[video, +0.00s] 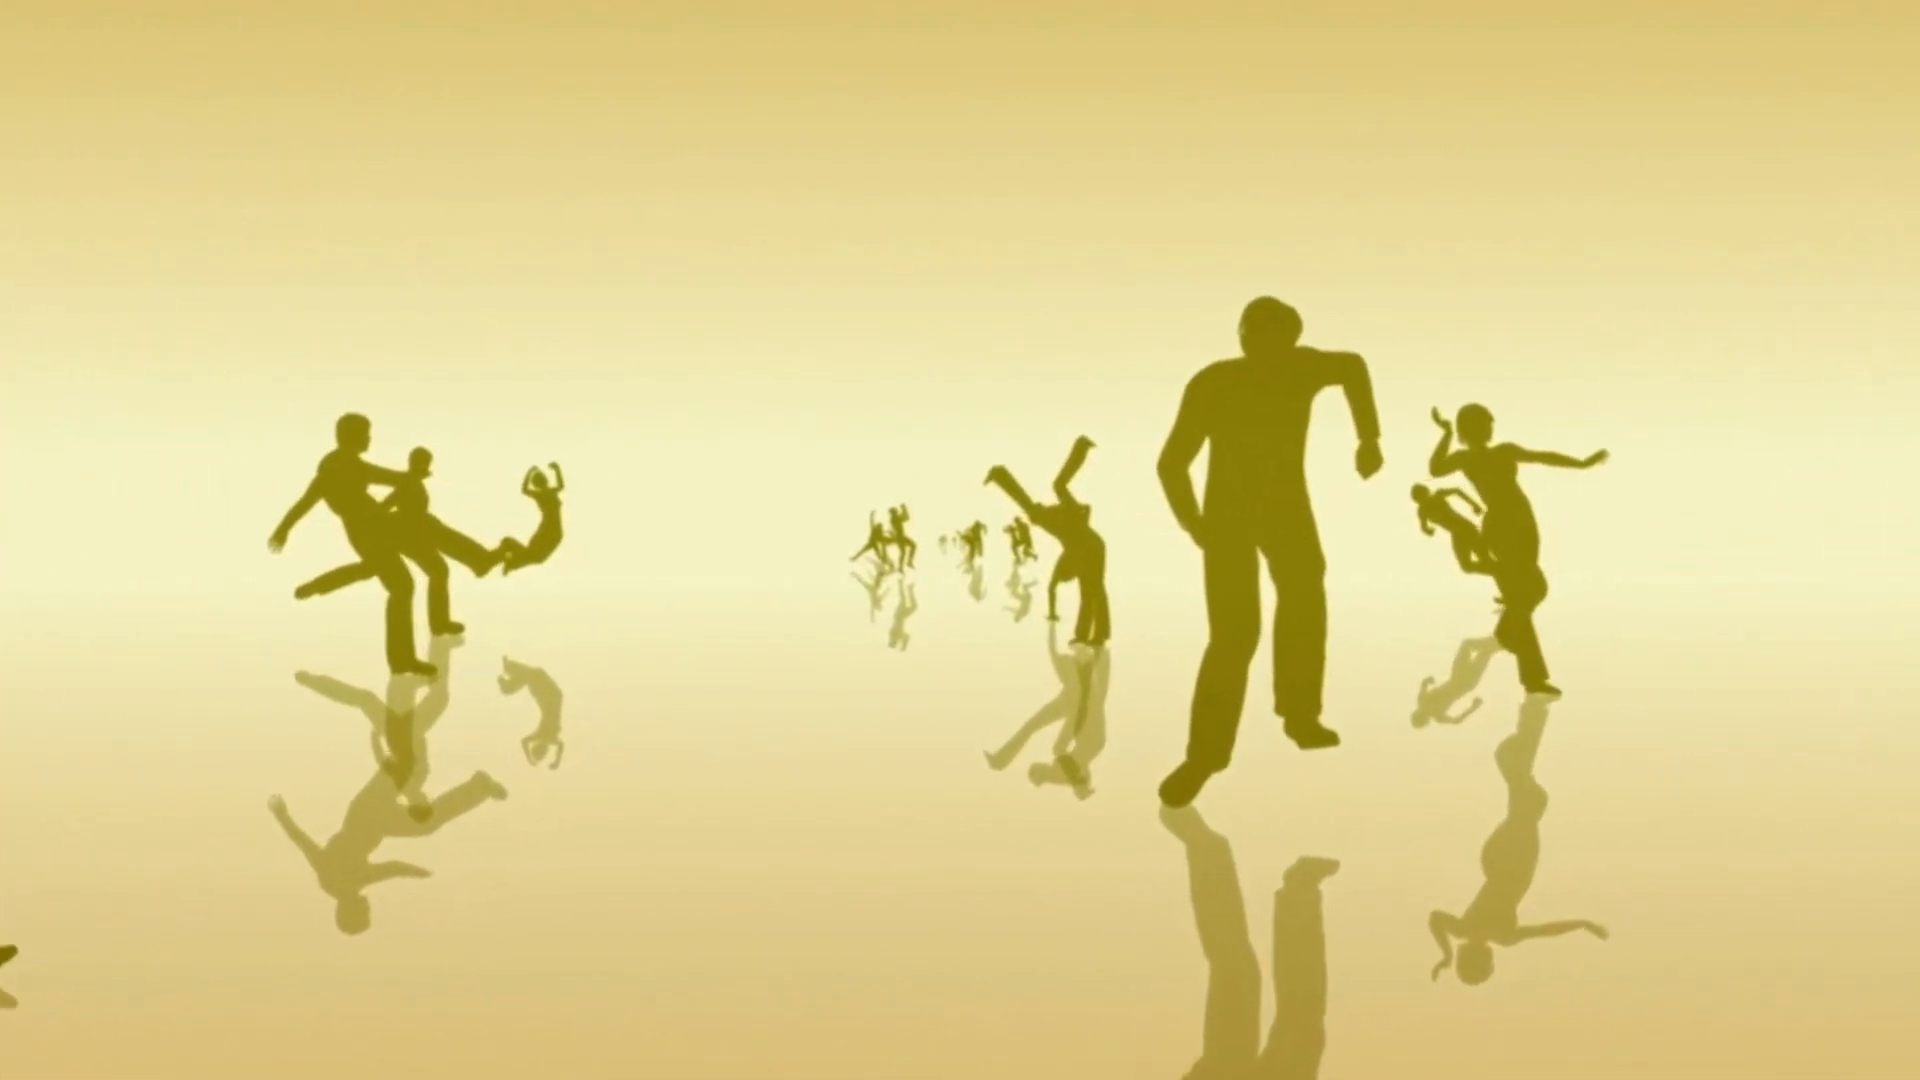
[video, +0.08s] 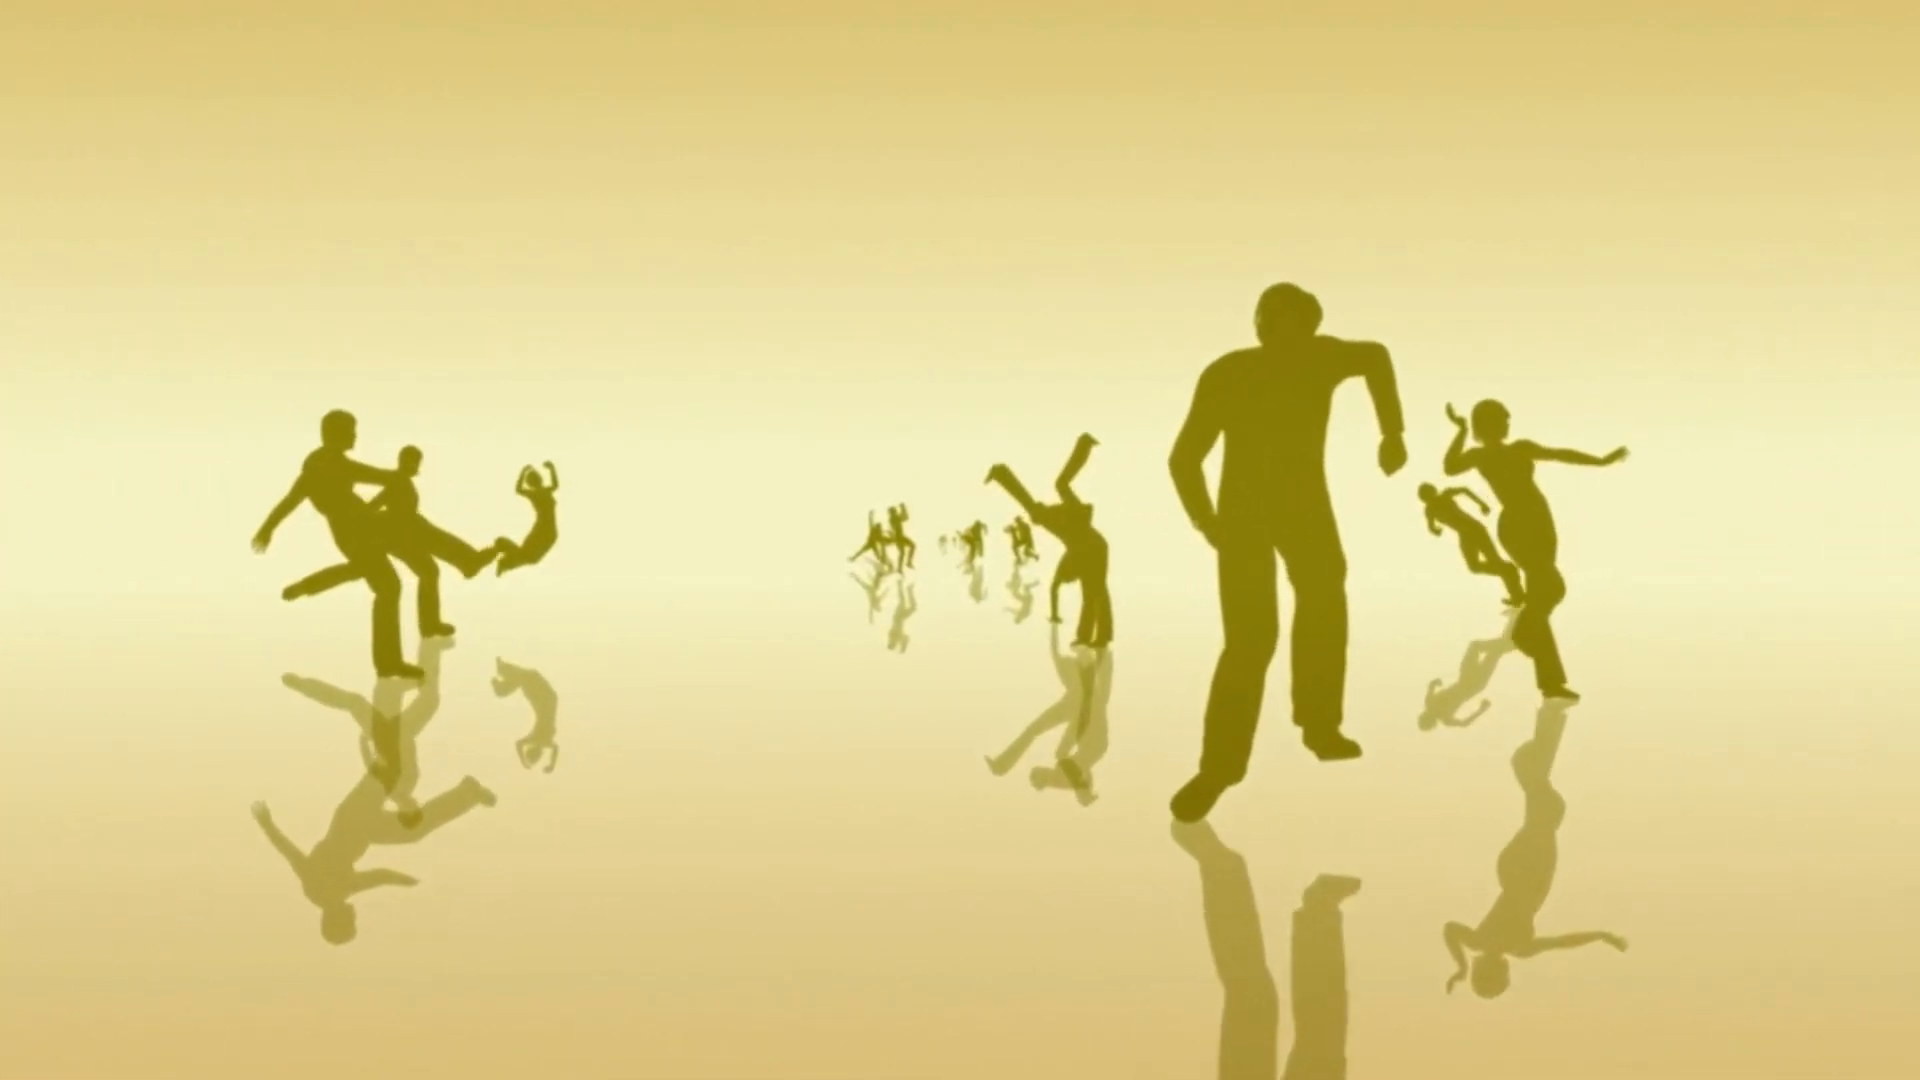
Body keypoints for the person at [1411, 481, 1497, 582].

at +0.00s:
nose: (1423, 499)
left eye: (1423, 495)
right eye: (1419, 498)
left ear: (1426, 491)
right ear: (1416, 500)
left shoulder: (1438, 495)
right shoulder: (1422, 511)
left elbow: (1457, 490)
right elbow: (1424, 527)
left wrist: (1474, 504)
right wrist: (1429, 530)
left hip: (1465, 525)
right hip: (1455, 532)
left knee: (1484, 557)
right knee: (1466, 565)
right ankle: (1497, 569)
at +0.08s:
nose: (1428, 499)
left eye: (1429, 494)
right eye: (1425, 497)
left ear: (1432, 492)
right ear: (1424, 498)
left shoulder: (1446, 494)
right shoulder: (1429, 510)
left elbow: (1464, 490)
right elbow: (1431, 526)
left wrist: (1481, 504)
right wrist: (1436, 530)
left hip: (1472, 526)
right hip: (1463, 532)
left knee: (1494, 559)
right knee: (1474, 566)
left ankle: (1516, 593)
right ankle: (1507, 569)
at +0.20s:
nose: (1433, 498)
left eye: (1433, 494)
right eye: (1429, 496)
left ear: (1437, 491)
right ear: (1428, 498)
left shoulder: (1450, 494)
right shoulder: (1434, 509)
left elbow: (1469, 489)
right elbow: (1436, 526)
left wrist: (1486, 503)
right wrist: (1441, 530)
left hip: (1478, 526)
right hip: (1468, 532)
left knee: (1500, 560)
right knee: (1479, 566)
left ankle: (1522, 595)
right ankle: (1513, 569)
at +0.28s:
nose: (1440, 498)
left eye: (1441, 493)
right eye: (1437, 496)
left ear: (1445, 490)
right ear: (1436, 497)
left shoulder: (1458, 493)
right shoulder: (1442, 509)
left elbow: (1478, 488)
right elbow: (1443, 526)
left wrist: (1495, 503)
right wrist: (1449, 530)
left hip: (1486, 526)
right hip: (1476, 532)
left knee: (1508, 560)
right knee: (1487, 566)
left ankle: (1531, 596)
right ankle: (1522, 569)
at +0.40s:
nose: (1445, 497)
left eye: (1446, 493)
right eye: (1442, 495)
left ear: (1450, 490)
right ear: (1441, 496)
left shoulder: (1464, 493)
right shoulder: (1447, 509)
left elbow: (1483, 488)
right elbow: (1448, 526)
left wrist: (1500, 502)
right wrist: (1454, 530)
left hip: (1492, 526)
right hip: (1482, 532)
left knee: (1514, 560)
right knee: (1493, 567)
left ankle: (1537, 597)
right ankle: (1527, 569)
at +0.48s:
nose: (1454, 497)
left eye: (1454, 493)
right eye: (1450, 495)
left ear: (1458, 488)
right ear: (1449, 497)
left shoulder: (1472, 492)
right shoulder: (1454, 508)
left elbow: (1491, 487)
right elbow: (1456, 526)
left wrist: (1509, 502)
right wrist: (1462, 530)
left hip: (1500, 525)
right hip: (1490, 532)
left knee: (1522, 560)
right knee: (1502, 567)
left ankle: (1546, 598)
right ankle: (1536, 571)